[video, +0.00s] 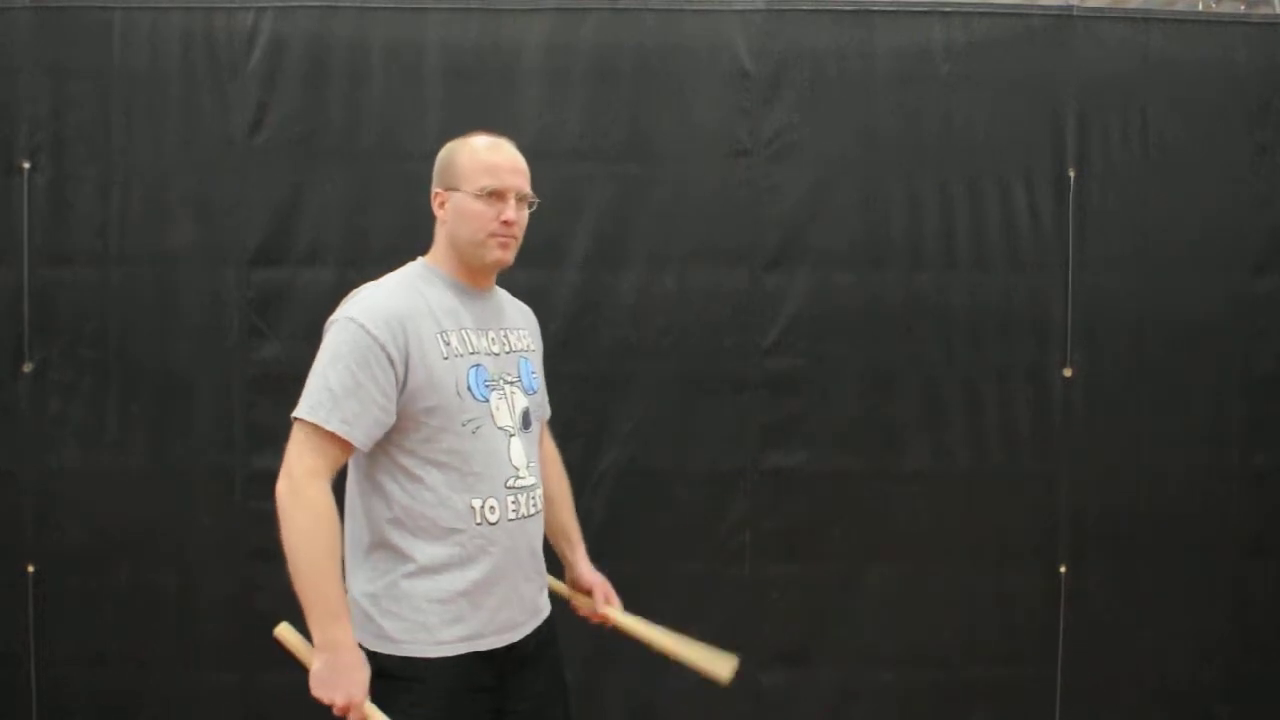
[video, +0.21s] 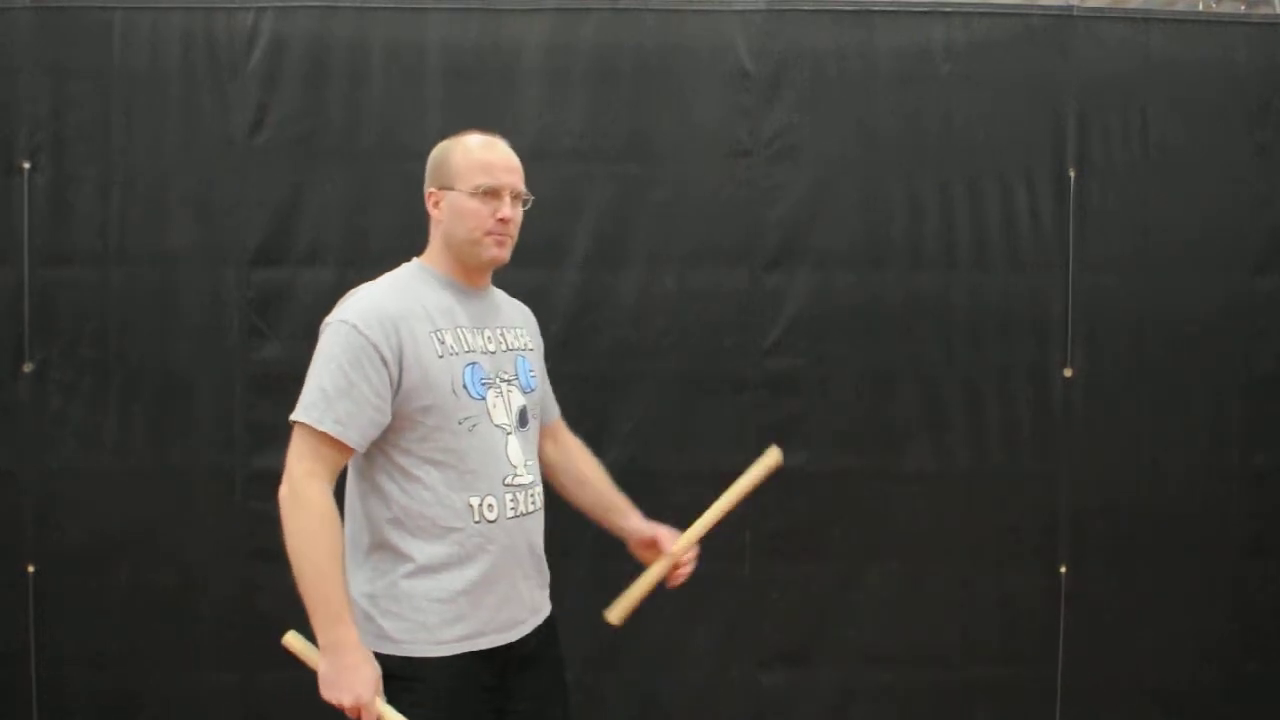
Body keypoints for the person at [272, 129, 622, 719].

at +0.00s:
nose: (510, 216)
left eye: (522, 201)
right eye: (491, 196)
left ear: (530, 212)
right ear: (441, 203)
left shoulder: (519, 321)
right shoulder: (377, 319)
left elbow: (536, 444)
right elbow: (301, 480)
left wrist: (577, 560)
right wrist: (335, 646)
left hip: (525, 638)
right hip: (414, 655)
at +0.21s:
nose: (506, 213)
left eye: (517, 199)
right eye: (487, 194)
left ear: (525, 210)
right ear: (435, 202)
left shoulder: (517, 320)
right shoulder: (372, 320)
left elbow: (552, 440)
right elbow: (304, 485)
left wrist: (634, 527)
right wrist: (339, 647)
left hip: (527, 635)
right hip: (416, 654)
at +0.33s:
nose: (503, 213)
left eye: (512, 199)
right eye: (483, 194)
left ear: (520, 209)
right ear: (430, 202)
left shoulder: (516, 319)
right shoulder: (370, 319)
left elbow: (583, 428)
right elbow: (308, 487)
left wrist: (687, 497)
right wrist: (340, 652)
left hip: (526, 638)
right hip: (414, 655)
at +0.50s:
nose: (497, 211)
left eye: (506, 197)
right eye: (477, 194)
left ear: (513, 206)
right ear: (425, 202)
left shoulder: (522, 321)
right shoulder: (365, 321)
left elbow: (616, 405)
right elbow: (312, 488)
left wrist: (735, 454)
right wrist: (343, 651)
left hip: (523, 633)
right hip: (413, 653)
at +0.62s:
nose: (498, 211)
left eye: (506, 197)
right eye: (478, 193)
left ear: (512, 207)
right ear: (424, 200)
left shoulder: (524, 318)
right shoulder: (362, 322)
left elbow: (633, 391)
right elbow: (311, 489)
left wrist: (755, 425)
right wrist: (347, 651)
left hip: (524, 634)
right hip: (415, 654)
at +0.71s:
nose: (500, 212)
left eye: (507, 197)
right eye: (480, 194)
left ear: (514, 207)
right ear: (425, 201)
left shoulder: (526, 317)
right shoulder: (361, 321)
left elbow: (634, 383)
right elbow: (310, 489)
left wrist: (758, 409)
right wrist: (348, 649)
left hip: (525, 634)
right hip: (414, 654)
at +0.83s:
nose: (500, 213)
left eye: (508, 199)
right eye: (481, 194)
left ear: (514, 208)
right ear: (425, 200)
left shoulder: (527, 316)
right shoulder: (360, 321)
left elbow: (636, 376)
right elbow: (307, 488)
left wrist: (761, 398)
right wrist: (343, 648)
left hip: (525, 634)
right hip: (413, 653)